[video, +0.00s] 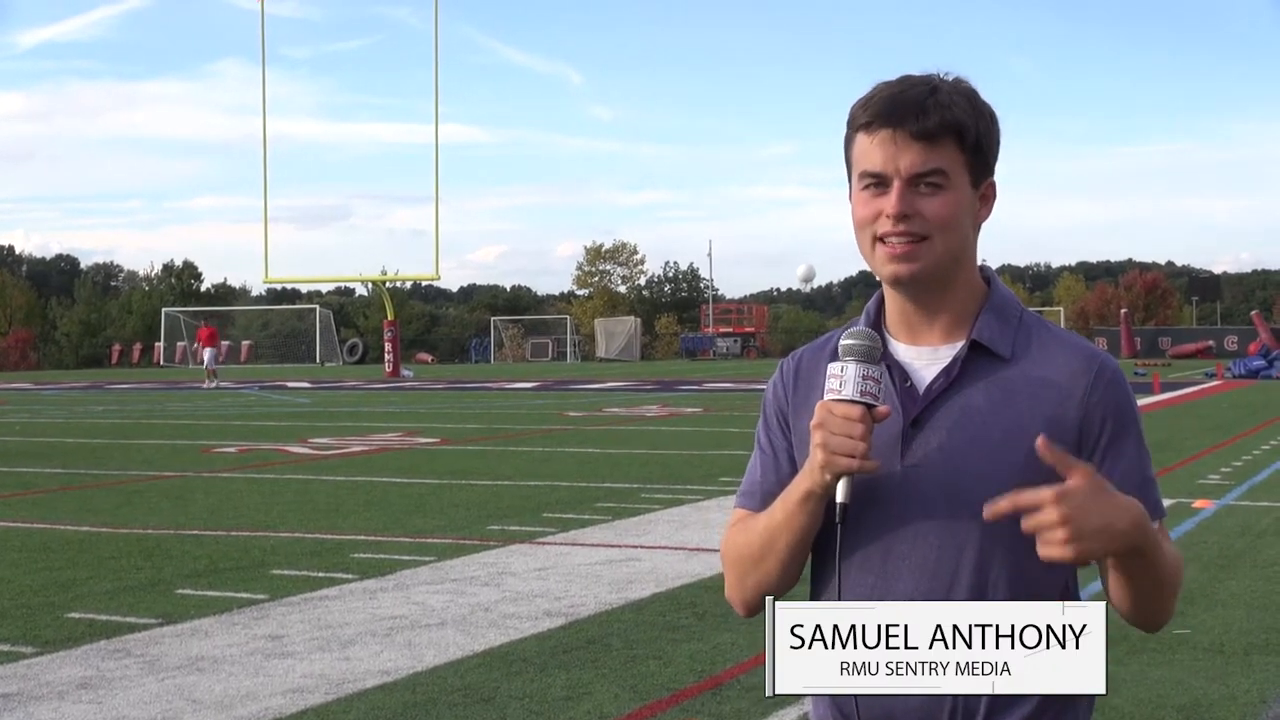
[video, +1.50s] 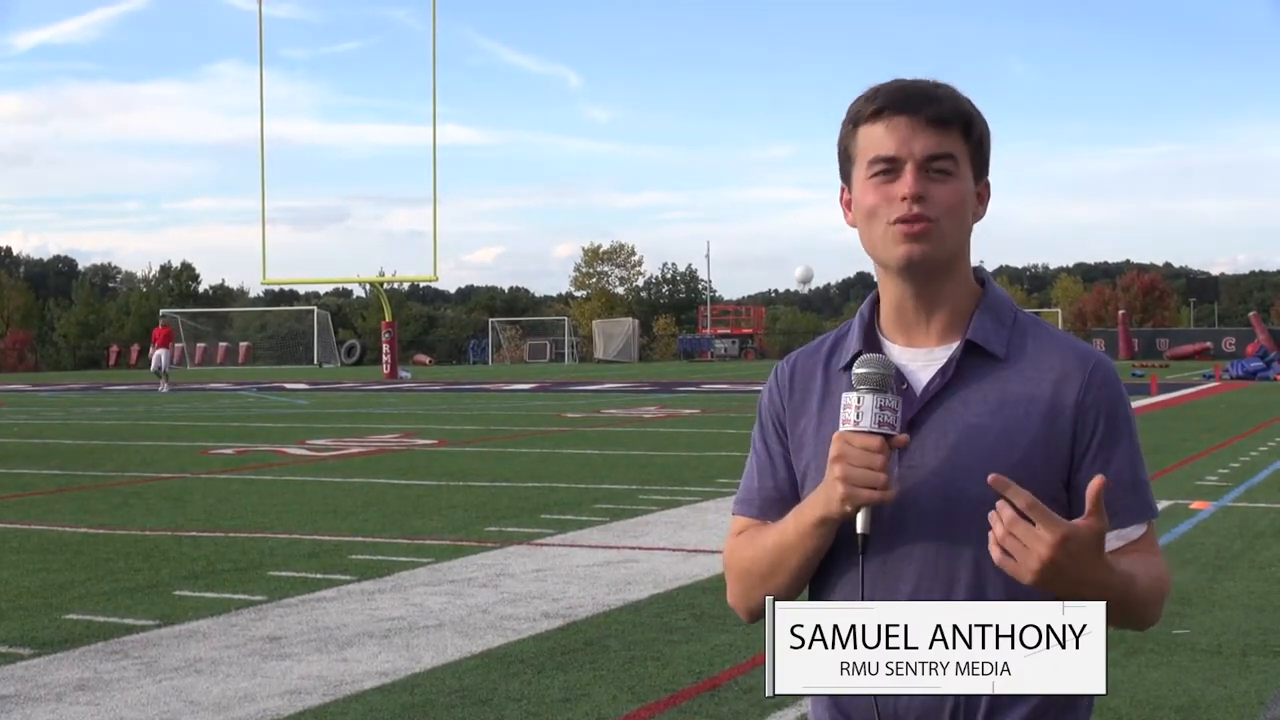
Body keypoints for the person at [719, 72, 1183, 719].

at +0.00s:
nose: (896, 209)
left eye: (929, 183)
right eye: (874, 184)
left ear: (983, 200)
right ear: (852, 201)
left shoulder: (1082, 380)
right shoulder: (803, 379)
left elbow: (1151, 611)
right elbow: (743, 588)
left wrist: (1132, 529)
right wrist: (815, 477)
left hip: (1027, 706)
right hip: (850, 706)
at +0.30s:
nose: (897, 206)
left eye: (930, 182)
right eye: (875, 183)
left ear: (985, 200)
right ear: (853, 201)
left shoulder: (1081, 381)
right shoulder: (803, 380)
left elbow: (1153, 607)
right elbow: (744, 589)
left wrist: (1123, 552)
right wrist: (817, 480)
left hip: (1027, 707)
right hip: (850, 707)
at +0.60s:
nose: (905, 206)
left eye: (937, 181)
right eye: (882, 181)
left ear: (988, 201)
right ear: (855, 201)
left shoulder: (1080, 383)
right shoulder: (802, 380)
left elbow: (1149, 607)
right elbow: (744, 589)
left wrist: (1111, 561)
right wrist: (818, 483)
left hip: (1026, 708)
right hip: (849, 707)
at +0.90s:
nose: (924, 203)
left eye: (952, 179)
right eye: (897, 180)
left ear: (990, 198)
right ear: (858, 205)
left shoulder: (1081, 381)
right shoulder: (803, 379)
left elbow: (1168, 599)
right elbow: (740, 584)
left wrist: (1117, 573)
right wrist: (823, 484)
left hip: (1024, 707)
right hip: (847, 707)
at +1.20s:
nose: (914, 199)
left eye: (943, 175)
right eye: (887, 178)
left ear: (986, 196)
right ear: (854, 207)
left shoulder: (1080, 379)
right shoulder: (800, 381)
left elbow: (1154, 606)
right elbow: (742, 586)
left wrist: (1103, 546)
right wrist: (825, 491)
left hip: (1026, 707)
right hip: (849, 707)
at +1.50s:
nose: (910, 190)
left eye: (938, 170)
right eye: (884, 171)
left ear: (980, 198)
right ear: (849, 207)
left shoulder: (1077, 379)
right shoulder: (796, 384)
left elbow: (1147, 593)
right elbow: (744, 590)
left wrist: (1093, 578)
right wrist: (824, 503)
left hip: (1025, 707)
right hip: (847, 707)